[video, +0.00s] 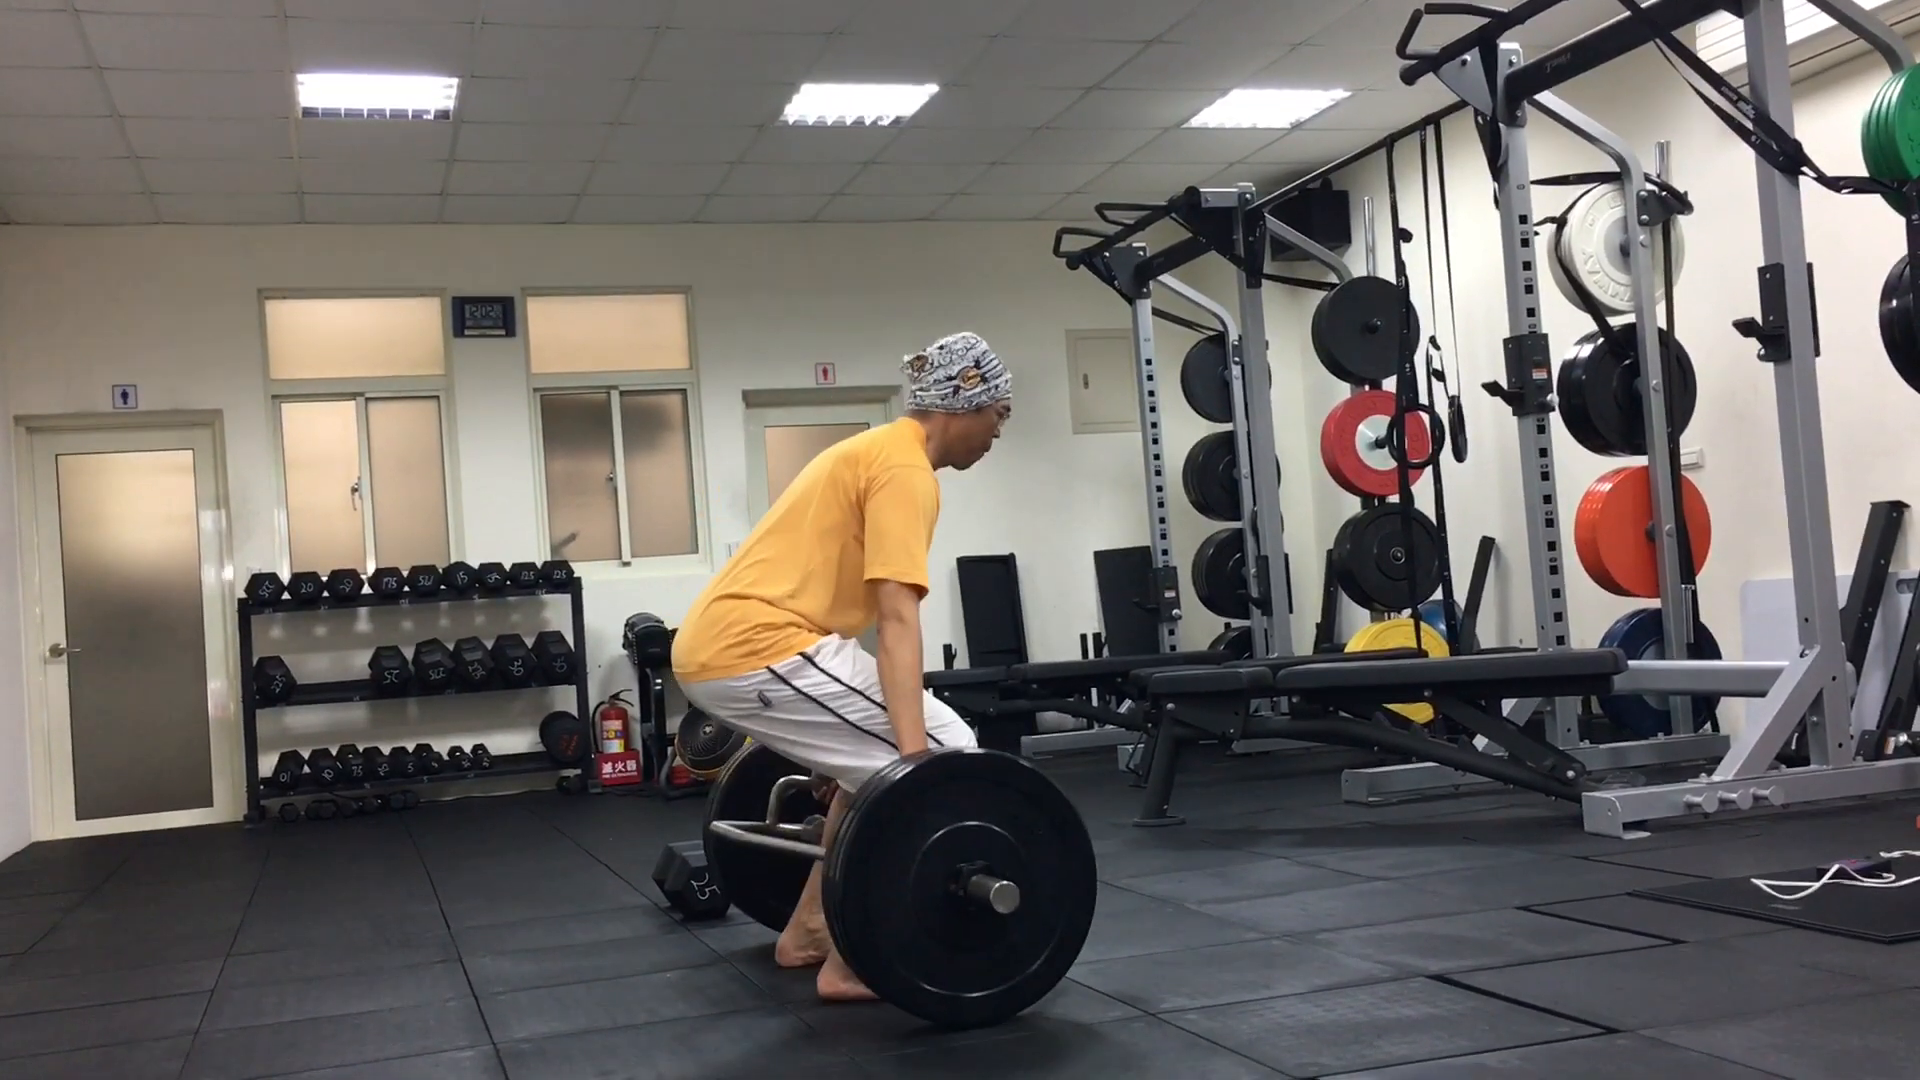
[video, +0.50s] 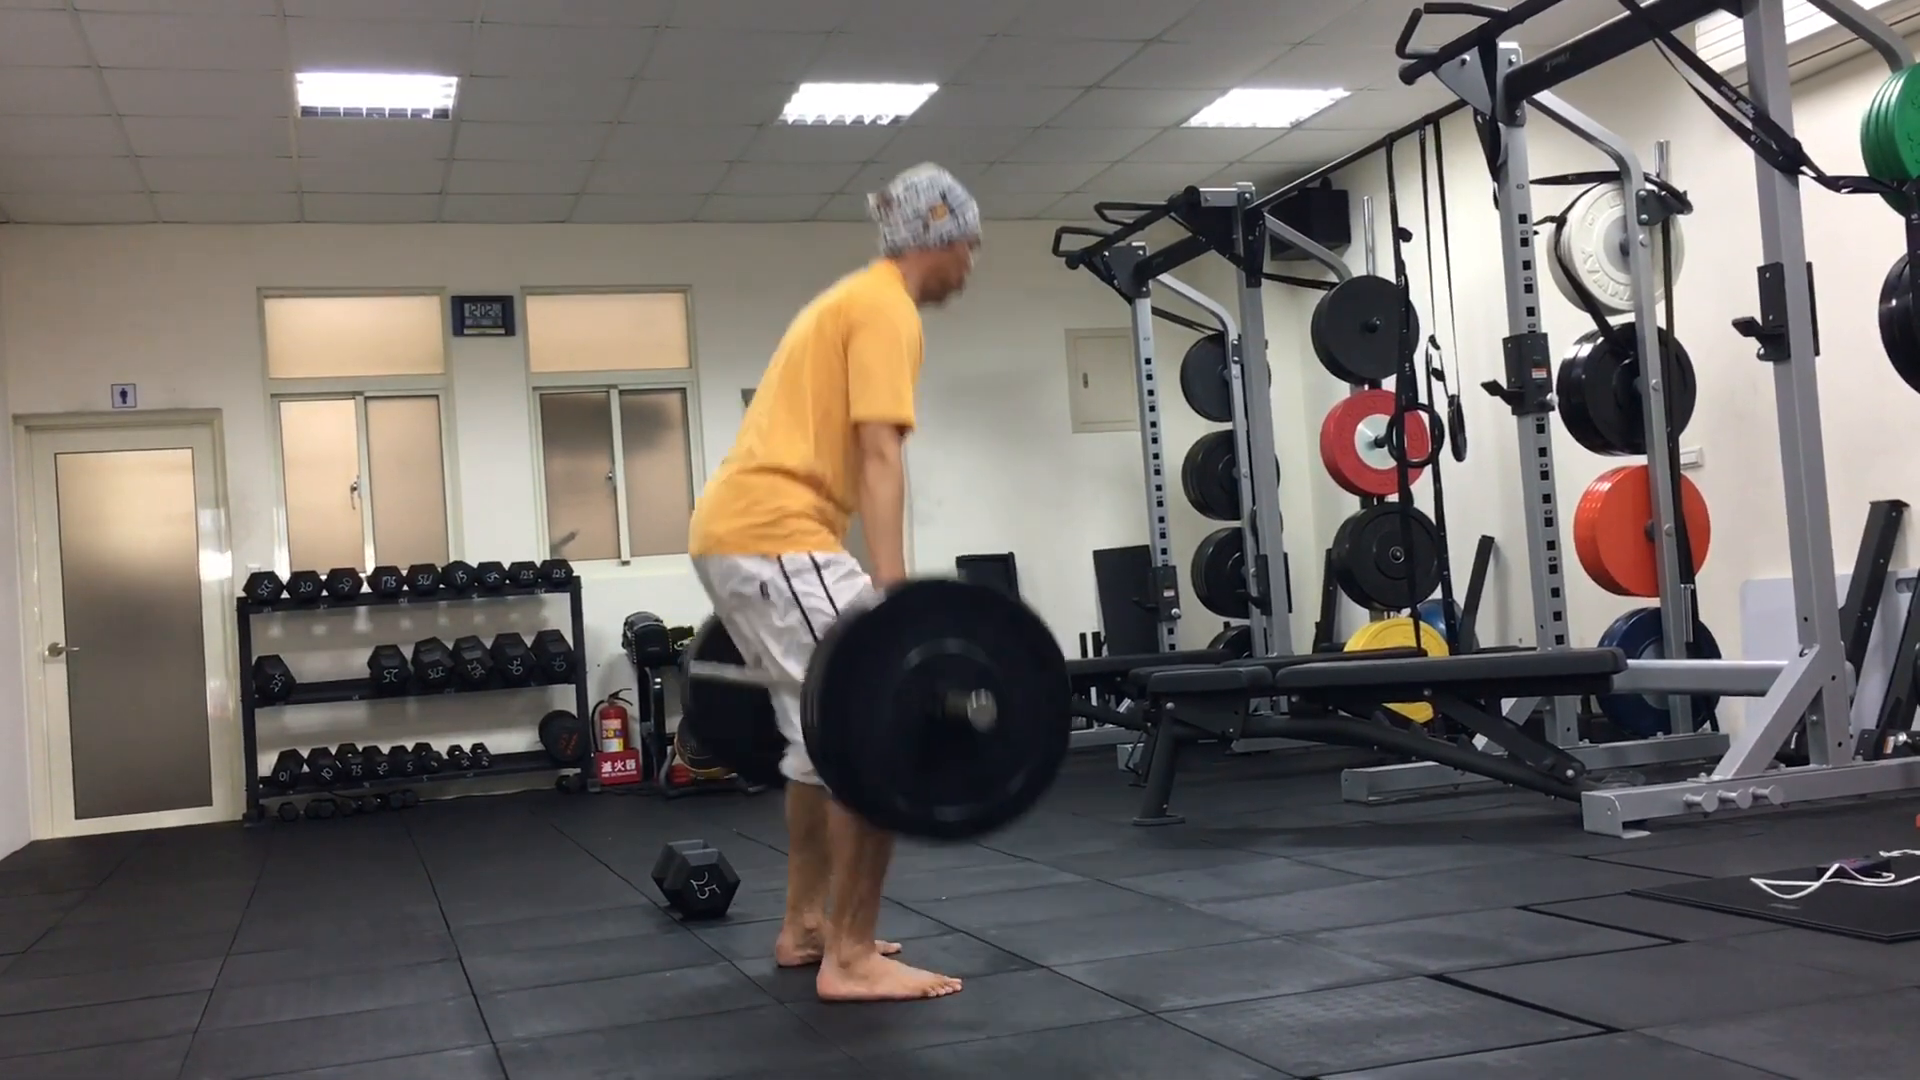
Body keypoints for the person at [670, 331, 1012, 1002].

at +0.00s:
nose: (997, 436)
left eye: (1001, 421)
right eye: (997, 418)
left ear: (936, 404)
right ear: (961, 407)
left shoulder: (873, 452)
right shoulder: (903, 464)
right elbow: (896, 618)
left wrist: (853, 753)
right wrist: (912, 754)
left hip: (718, 645)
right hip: (759, 647)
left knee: (885, 754)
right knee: (947, 749)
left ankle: (808, 931)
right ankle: (856, 961)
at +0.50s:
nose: (970, 269)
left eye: (972, 252)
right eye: (969, 250)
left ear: (906, 235)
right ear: (941, 240)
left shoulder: (846, 301)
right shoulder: (882, 306)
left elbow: (837, 457)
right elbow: (878, 455)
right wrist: (896, 598)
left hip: (735, 532)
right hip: (779, 533)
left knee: (818, 724)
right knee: (873, 718)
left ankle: (806, 922)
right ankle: (852, 954)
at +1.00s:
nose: (924, 212)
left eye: (925, 196)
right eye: (921, 193)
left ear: (857, 179)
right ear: (892, 179)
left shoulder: (804, 253)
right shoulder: (844, 251)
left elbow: (791, 408)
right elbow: (853, 390)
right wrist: (887, 526)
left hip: (776, 525)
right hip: (825, 525)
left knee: (788, 738)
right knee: (833, 740)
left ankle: (803, 933)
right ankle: (850, 962)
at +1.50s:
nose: (982, 369)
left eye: (988, 354)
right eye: (982, 350)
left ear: (924, 332)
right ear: (947, 333)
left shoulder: (858, 381)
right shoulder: (888, 388)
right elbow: (894, 545)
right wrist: (916, 688)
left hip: (724, 593)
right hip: (760, 592)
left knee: (867, 742)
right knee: (904, 738)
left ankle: (814, 935)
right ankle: (860, 965)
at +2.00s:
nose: (1008, 436)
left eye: (1013, 421)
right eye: (1008, 418)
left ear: (947, 403)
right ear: (971, 405)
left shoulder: (879, 448)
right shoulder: (914, 459)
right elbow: (909, 608)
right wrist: (927, 745)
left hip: (733, 643)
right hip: (778, 644)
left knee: (894, 753)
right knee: (956, 759)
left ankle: (818, 929)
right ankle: (864, 961)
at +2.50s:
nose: (969, 258)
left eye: (975, 243)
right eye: (971, 239)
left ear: (913, 222)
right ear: (938, 223)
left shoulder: (850, 282)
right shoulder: (887, 281)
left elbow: (809, 432)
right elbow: (882, 420)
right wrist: (900, 558)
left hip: (758, 527)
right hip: (805, 526)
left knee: (817, 730)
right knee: (866, 726)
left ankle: (814, 922)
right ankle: (859, 951)